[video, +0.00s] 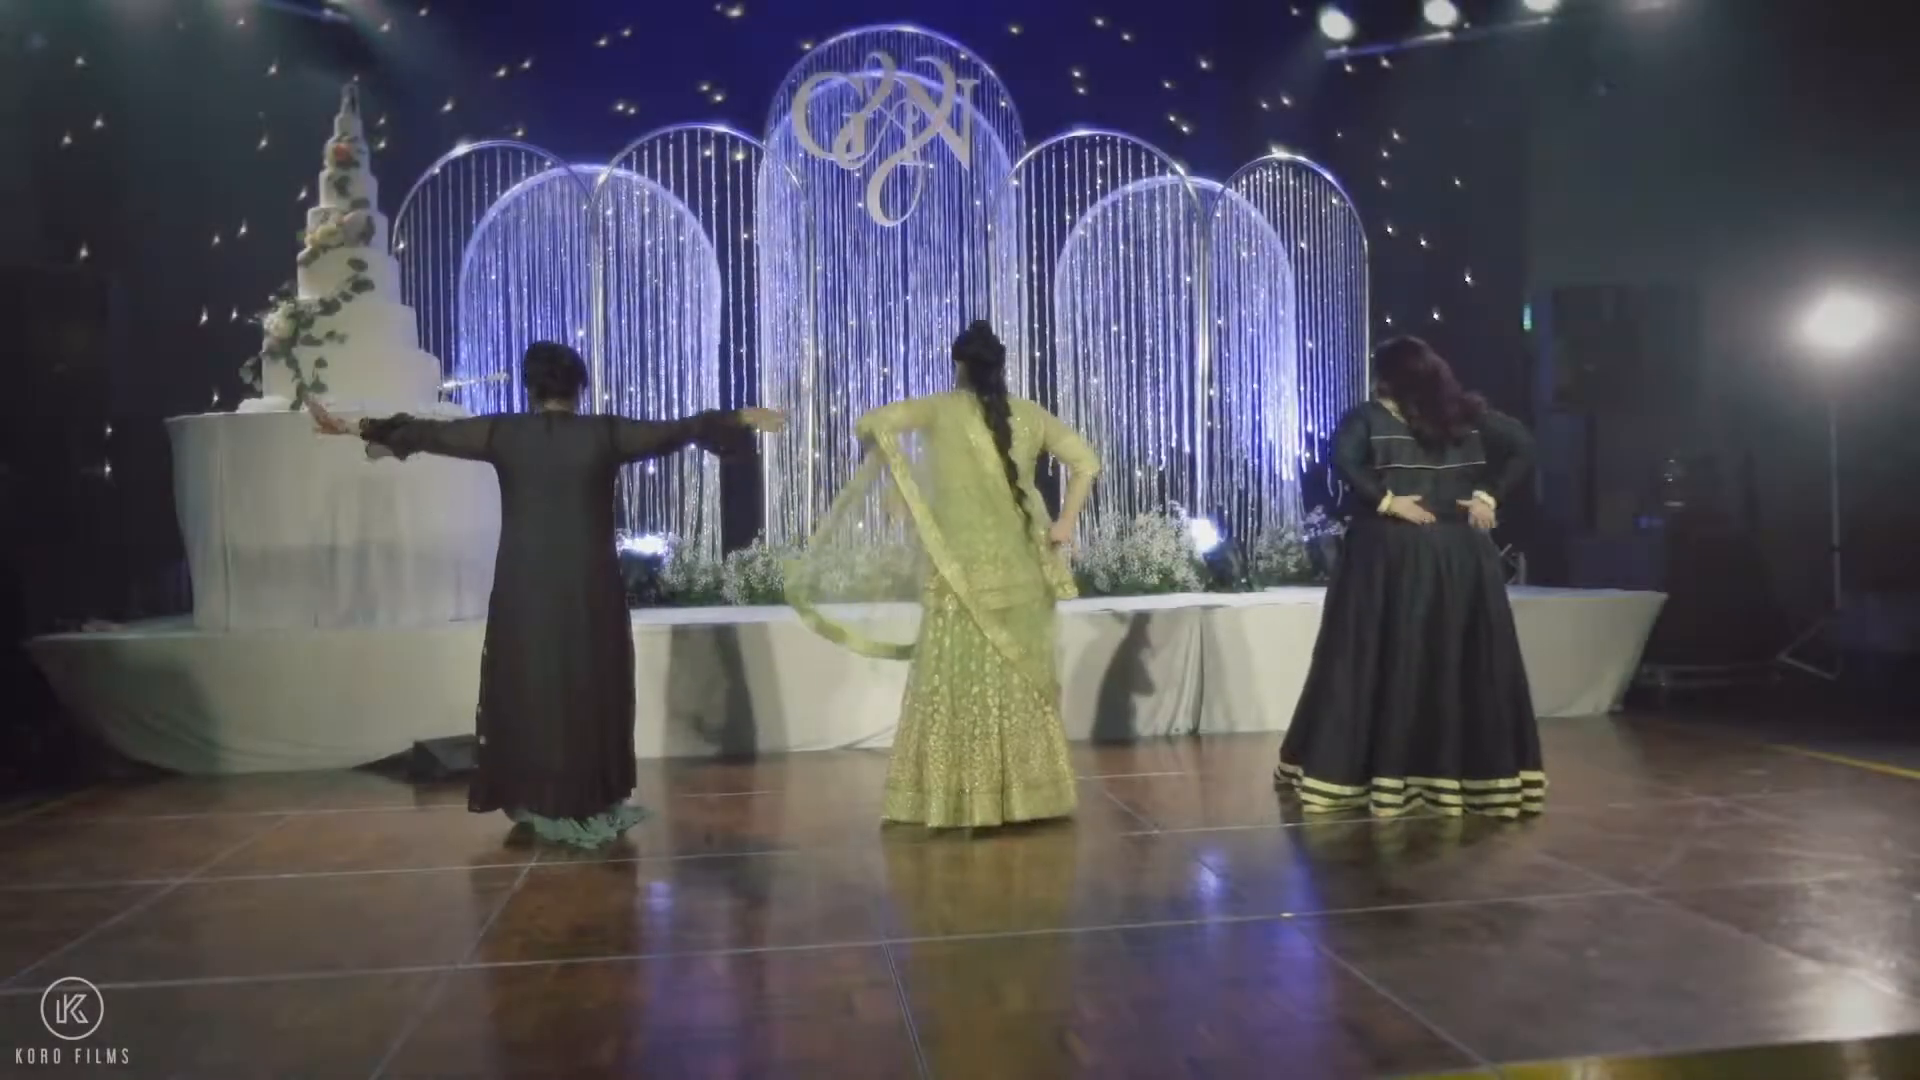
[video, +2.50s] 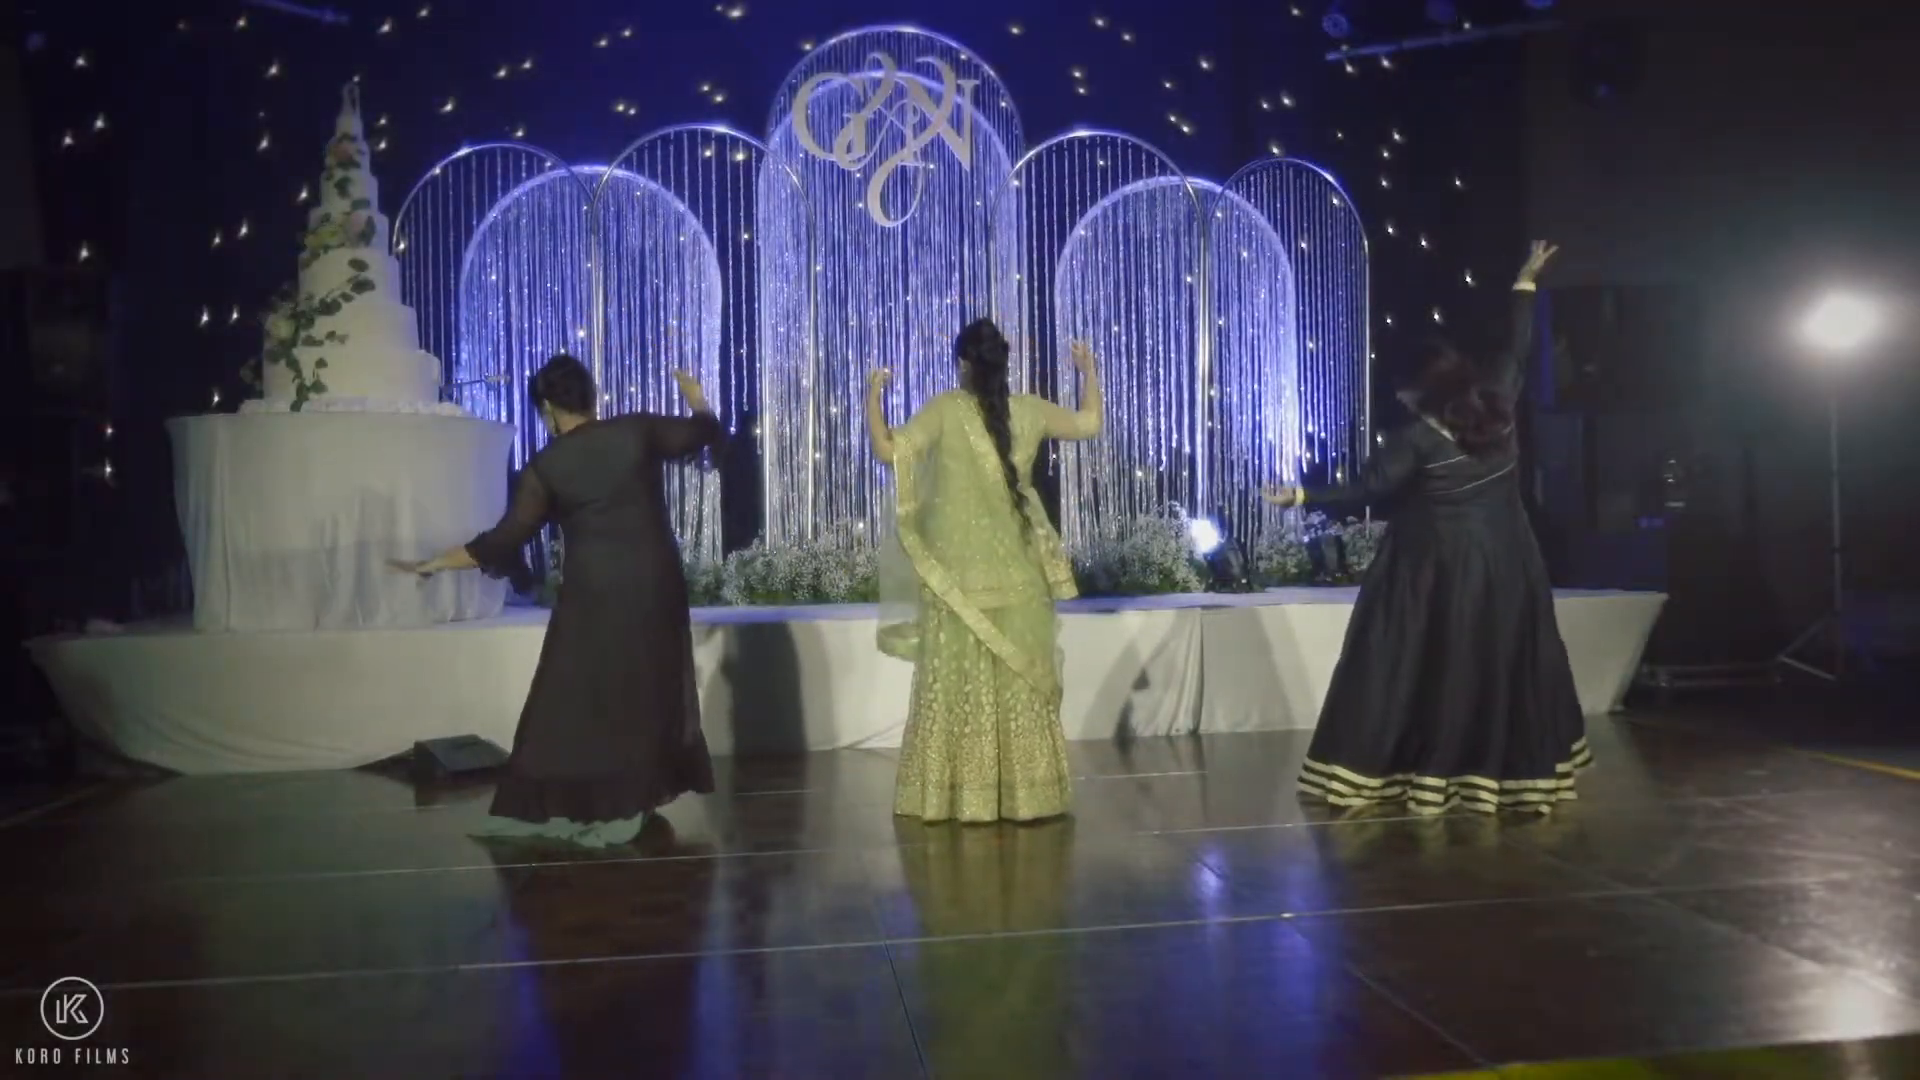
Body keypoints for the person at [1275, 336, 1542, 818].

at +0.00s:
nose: (1375, 389)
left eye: (1377, 380)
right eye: (1376, 381)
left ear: (1386, 380)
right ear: (1433, 372)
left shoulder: (1369, 417)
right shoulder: (1466, 413)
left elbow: (1343, 459)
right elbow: (1522, 443)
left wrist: (1388, 501)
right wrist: (1492, 494)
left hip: (1393, 562)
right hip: (1463, 560)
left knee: (1390, 666)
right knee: (1459, 667)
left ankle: (1388, 780)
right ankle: (1459, 780)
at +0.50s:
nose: (1380, 390)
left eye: (1382, 382)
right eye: (1380, 382)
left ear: (1397, 384)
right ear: (1440, 373)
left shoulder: (1392, 423)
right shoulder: (1478, 415)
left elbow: (1368, 457)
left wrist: (1360, 518)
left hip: (1424, 551)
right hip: (1487, 547)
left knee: (1410, 661)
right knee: (1483, 660)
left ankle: (1405, 776)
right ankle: (1486, 777)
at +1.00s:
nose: (1388, 394)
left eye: (1391, 384)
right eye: (1387, 385)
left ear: (1408, 386)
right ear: (1448, 378)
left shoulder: (1406, 429)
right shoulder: (1487, 416)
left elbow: (1388, 485)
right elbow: (1540, 417)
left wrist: (1340, 510)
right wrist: (1524, 365)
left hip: (1426, 551)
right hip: (1489, 545)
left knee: (1419, 660)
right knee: (1487, 660)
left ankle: (1419, 777)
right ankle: (1492, 777)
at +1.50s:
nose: (1407, 387)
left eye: (1410, 379)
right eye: (1411, 379)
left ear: (1418, 383)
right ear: (1469, 374)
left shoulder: (1413, 424)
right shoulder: (1502, 409)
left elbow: (1348, 436)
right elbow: (1542, 373)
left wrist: (1326, 383)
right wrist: (1537, 310)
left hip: (1423, 546)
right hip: (1490, 544)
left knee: (1416, 661)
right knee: (1489, 663)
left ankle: (1415, 782)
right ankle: (1493, 782)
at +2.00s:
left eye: (1435, 359)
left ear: (1430, 372)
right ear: (1486, 369)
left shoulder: (1414, 421)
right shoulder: (1508, 408)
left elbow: (1356, 410)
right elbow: (1510, 351)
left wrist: (1337, 359)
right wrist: (1476, 301)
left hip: (1431, 546)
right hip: (1499, 545)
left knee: (1422, 659)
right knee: (1495, 661)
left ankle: (1417, 782)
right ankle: (1495, 782)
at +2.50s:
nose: (1401, 398)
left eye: (1403, 390)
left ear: (1415, 391)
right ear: (1463, 375)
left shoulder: (1415, 439)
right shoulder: (1497, 409)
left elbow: (1368, 491)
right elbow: (1516, 349)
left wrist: (1305, 496)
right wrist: (1526, 283)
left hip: (1439, 568)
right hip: (1508, 561)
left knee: (1427, 670)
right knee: (1505, 669)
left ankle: (1427, 783)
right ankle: (1507, 783)